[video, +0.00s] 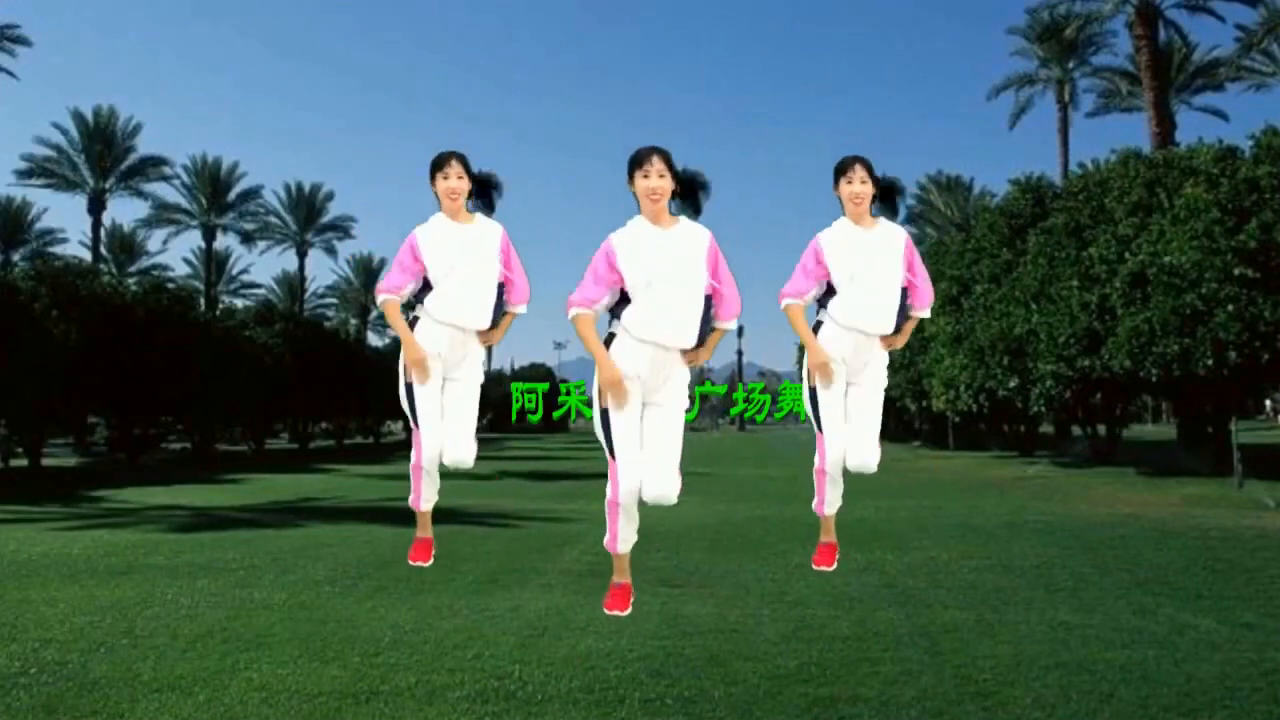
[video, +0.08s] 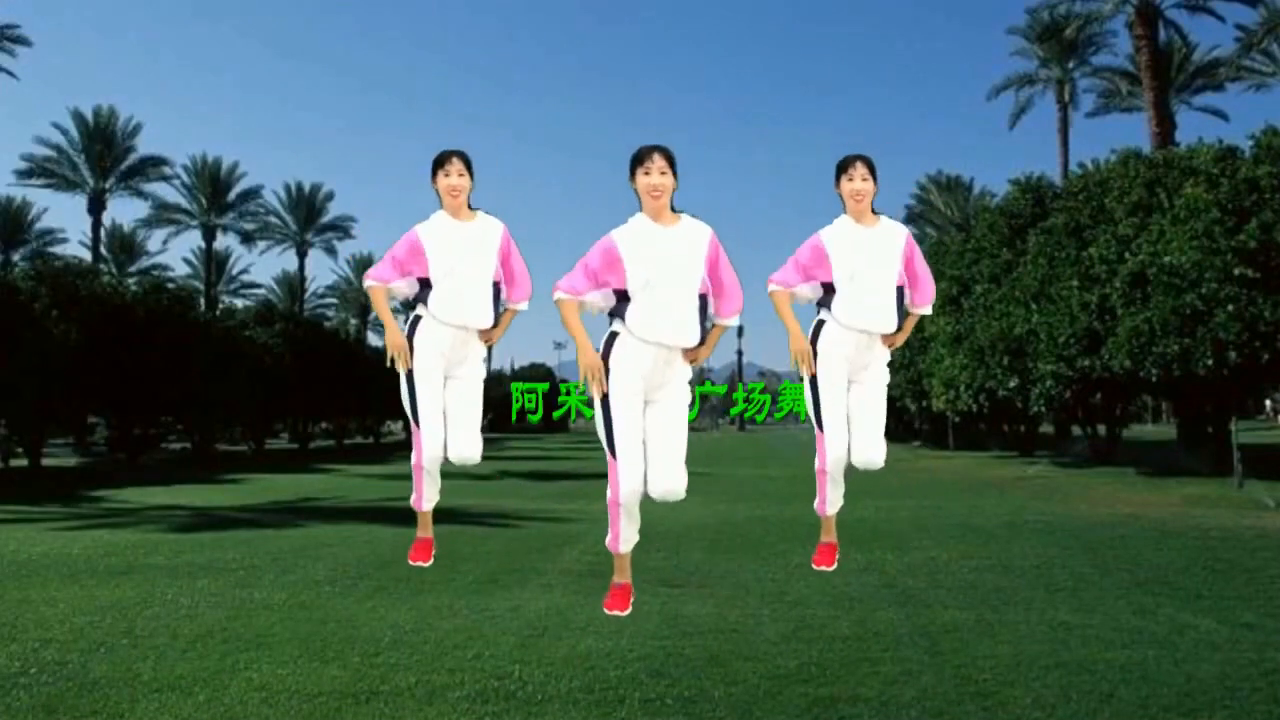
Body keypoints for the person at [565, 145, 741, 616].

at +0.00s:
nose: (654, 183)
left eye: (661, 175)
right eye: (644, 176)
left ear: (674, 183)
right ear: (633, 185)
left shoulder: (699, 239)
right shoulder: (620, 243)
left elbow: (728, 305)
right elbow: (581, 308)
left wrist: (705, 351)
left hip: (674, 364)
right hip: (625, 359)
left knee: (663, 489)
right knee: (624, 475)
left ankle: (627, 463)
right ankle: (621, 575)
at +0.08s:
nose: (655, 179)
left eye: (663, 172)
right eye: (646, 172)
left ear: (675, 181)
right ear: (634, 183)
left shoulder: (700, 236)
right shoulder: (621, 241)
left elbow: (730, 298)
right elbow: (565, 293)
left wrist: (705, 347)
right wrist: (585, 350)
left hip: (675, 363)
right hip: (626, 360)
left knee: (668, 487)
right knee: (626, 478)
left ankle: (631, 452)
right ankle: (621, 578)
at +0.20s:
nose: (662, 151)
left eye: (670, 144)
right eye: (653, 144)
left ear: (682, 153)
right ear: (640, 153)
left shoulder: (704, 209)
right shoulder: (619, 207)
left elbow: (740, 262)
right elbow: (562, 243)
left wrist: (714, 313)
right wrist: (596, 302)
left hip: (689, 339)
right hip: (637, 338)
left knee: (688, 462)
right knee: (637, 464)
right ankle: (623, 574)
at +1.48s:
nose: (664, 158)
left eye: (673, 150)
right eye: (658, 150)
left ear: (694, 157)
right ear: (651, 159)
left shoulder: (717, 207)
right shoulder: (632, 210)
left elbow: (778, 224)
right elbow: (585, 267)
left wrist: (740, 262)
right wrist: (616, 318)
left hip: (701, 334)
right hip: (651, 336)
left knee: (698, 461)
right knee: (655, 462)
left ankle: (690, 574)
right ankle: (645, 576)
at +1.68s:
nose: (667, 151)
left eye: (676, 144)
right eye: (662, 144)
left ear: (699, 150)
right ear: (657, 153)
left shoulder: (724, 198)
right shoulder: (637, 203)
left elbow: (786, 215)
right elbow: (586, 256)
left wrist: (753, 202)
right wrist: (618, 309)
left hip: (701, 327)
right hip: (650, 327)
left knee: (697, 457)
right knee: (649, 460)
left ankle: (693, 575)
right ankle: (643, 575)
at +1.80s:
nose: (673, 177)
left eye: (682, 170)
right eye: (668, 170)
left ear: (704, 177)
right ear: (662, 178)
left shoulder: (720, 231)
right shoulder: (638, 225)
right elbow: (592, 281)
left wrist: (737, 238)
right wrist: (613, 335)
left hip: (703, 352)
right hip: (652, 353)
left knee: (702, 473)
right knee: (672, 472)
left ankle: (691, 578)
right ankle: (654, 557)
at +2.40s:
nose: (650, 155)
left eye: (660, 147)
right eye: (646, 147)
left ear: (682, 156)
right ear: (642, 156)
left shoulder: (704, 208)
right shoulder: (622, 209)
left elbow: (707, 244)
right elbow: (579, 251)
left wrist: (690, 180)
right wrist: (597, 302)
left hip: (671, 338)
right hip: (620, 333)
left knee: (672, 467)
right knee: (598, 454)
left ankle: (689, 573)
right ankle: (576, 564)